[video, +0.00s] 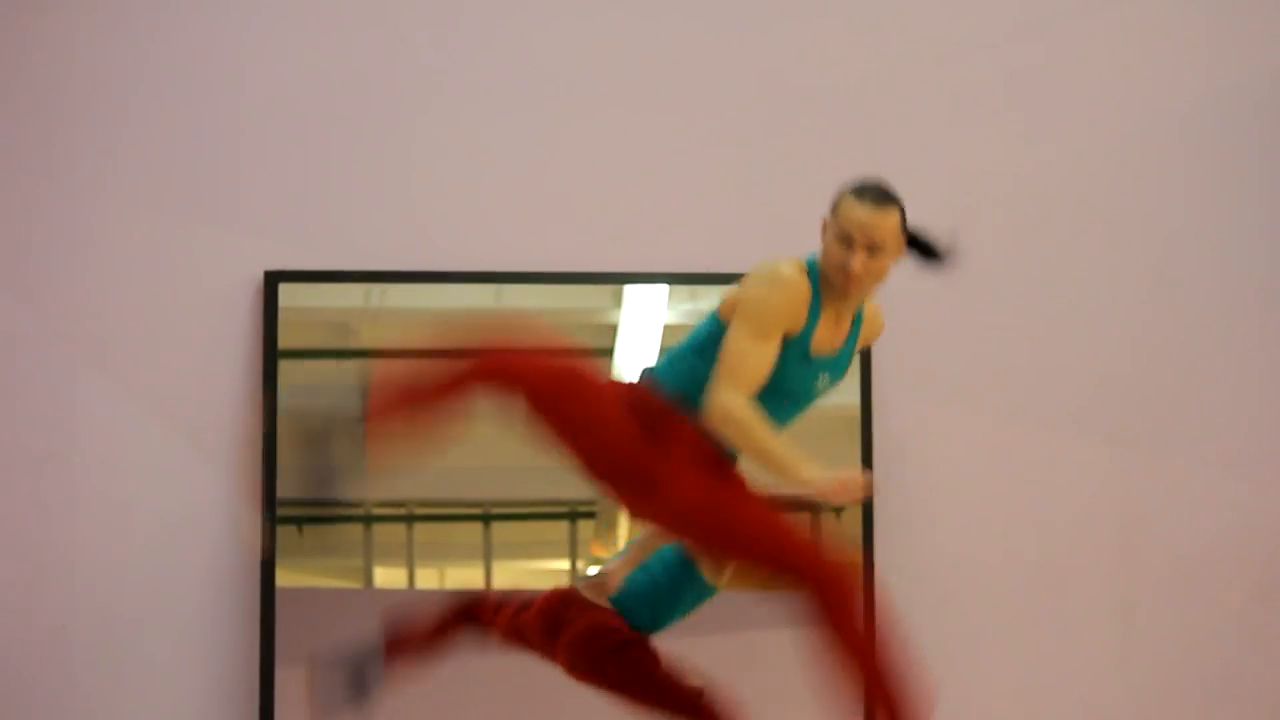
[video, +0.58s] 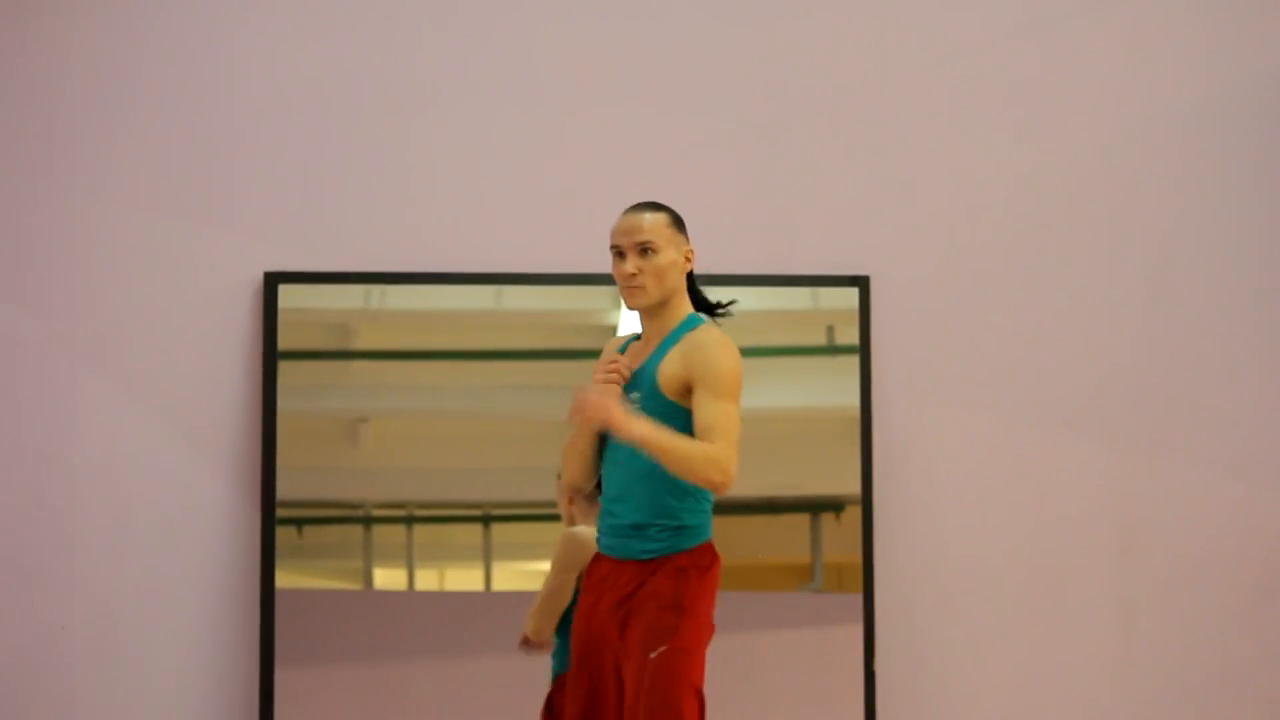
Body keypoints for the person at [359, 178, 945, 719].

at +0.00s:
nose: (854, 262)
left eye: (873, 252)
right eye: (845, 243)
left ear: (895, 261)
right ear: (825, 235)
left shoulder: (869, 321)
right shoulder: (780, 288)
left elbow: (780, 391)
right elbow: (725, 407)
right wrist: (814, 482)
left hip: (699, 476)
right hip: (638, 424)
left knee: (829, 564)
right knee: (511, 356)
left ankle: (886, 706)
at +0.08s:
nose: (843, 314)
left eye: (863, 305)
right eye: (836, 295)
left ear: (885, 316)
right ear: (816, 286)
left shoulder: (852, 374)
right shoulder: (765, 337)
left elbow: (761, 443)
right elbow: (675, 435)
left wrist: (739, 512)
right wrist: (749, 513)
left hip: (688, 543)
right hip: (617, 490)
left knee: (733, 702)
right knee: (466, 545)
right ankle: (432, 687)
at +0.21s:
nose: (758, 383)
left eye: (779, 372)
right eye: (753, 365)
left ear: (816, 381)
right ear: (743, 364)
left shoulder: (805, 483)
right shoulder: (675, 426)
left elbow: (800, 570)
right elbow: (593, 523)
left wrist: (831, 657)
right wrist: (594, 630)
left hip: (678, 655)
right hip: (586, 636)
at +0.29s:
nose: (702, 386)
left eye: (722, 373)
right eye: (695, 368)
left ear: (759, 380)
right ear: (684, 371)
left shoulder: (782, 487)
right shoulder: (624, 439)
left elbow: (795, 607)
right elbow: (561, 533)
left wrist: (852, 619)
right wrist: (547, 605)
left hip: (678, 684)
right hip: (578, 662)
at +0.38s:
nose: (668, 357)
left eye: (686, 343)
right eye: (661, 342)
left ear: (727, 345)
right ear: (652, 345)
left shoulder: (754, 445)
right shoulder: (616, 415)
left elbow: (781, 580)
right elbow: (574, 511)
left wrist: (769, 495)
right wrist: (555, 529)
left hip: (681, 670)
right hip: (587, 651)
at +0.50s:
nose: (636, 279)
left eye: (653, 263)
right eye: (626, 265)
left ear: (693, 270)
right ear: (617, 275)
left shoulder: (720, 355)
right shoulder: (619, 355)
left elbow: (731, 476)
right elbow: (574, 485)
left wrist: (657, 400)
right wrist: (589, 417)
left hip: (683, 582)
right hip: (613, 577)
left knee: (661, 710)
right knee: (564, 710)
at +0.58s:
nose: (628, 268)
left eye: (645, 251)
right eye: (618, 255)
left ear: (687, 258)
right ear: (610, 265)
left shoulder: (709, 346)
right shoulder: (624, 352)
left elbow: (720, 470)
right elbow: (575, 484)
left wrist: (625, 421)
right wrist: (593, 400)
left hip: (673, 572)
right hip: (610, 568)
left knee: (659, 709)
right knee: (584, 708)